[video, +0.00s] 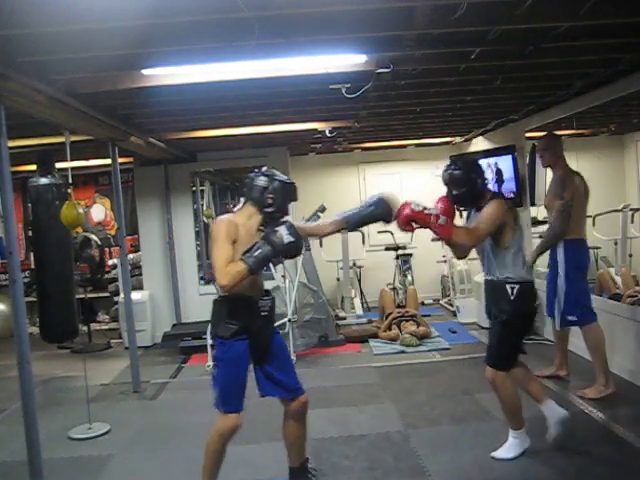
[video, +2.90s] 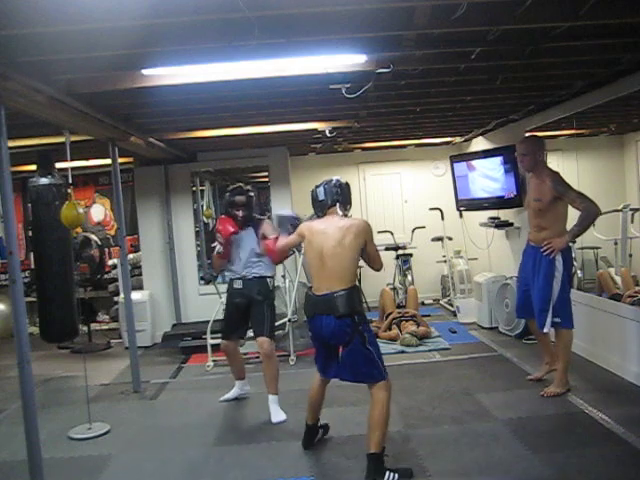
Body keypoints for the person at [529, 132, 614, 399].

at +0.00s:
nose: (539, 156)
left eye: (542, 152)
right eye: (538, 152)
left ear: (555, 152)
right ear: (552, 154)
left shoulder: (565, 181)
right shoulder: (571, 179)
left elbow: (558, 226)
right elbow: (567, 220)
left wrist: (536, 252)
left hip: (569, 249)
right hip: (566, 248)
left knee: (583, 313)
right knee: (559, 309)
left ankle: (604, 380)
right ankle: (560, 365)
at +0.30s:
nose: (529, 153)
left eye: (533, 148)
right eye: (527, 149)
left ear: (544, 148)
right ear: (526, 152)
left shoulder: (558, 175)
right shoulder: (534, 183)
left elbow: (581, 211)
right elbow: (531, 221)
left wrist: (564, 244)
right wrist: (518, 255)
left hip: (567, 245)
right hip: (547, 246)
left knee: (568, 309)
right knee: (554, 309)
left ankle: (597, 370)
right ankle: (560, 366)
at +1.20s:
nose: (550, 155)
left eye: (553, 151)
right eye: (548, 151)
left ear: (567, 150)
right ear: (551, 152)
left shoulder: (582, 177)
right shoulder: (558, 178)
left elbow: (604, 220)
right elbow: (560, 217)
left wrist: (576, 251)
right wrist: (550, 243)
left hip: (582, 251)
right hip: (559, 250)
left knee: (591, 312)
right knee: (557, 309)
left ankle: (597, 370)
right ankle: (561, 364)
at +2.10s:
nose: (514, 161)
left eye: (518, 156)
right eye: (513, 157)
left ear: (533, 154)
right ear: (519, 158)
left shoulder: (552, 175)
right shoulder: (528, 179)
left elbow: (590, 192)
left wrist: (569, 227)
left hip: (557, 248)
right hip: (536, 249)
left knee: (555, 306)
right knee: (547, 308)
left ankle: (581, 364)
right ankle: (563, 364)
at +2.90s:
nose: (519, 160)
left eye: (524, 155)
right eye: (518, 155)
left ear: (540, 155)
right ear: (519, 157)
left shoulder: (553, 180)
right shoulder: (529, 179)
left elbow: (591, 210)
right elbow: (537, 212)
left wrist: (566, 238)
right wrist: (533, 237)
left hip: (554, 255)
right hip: (531, 253)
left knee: (559, 315)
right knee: (528, 310)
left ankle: (562, 379)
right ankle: (550, 358)